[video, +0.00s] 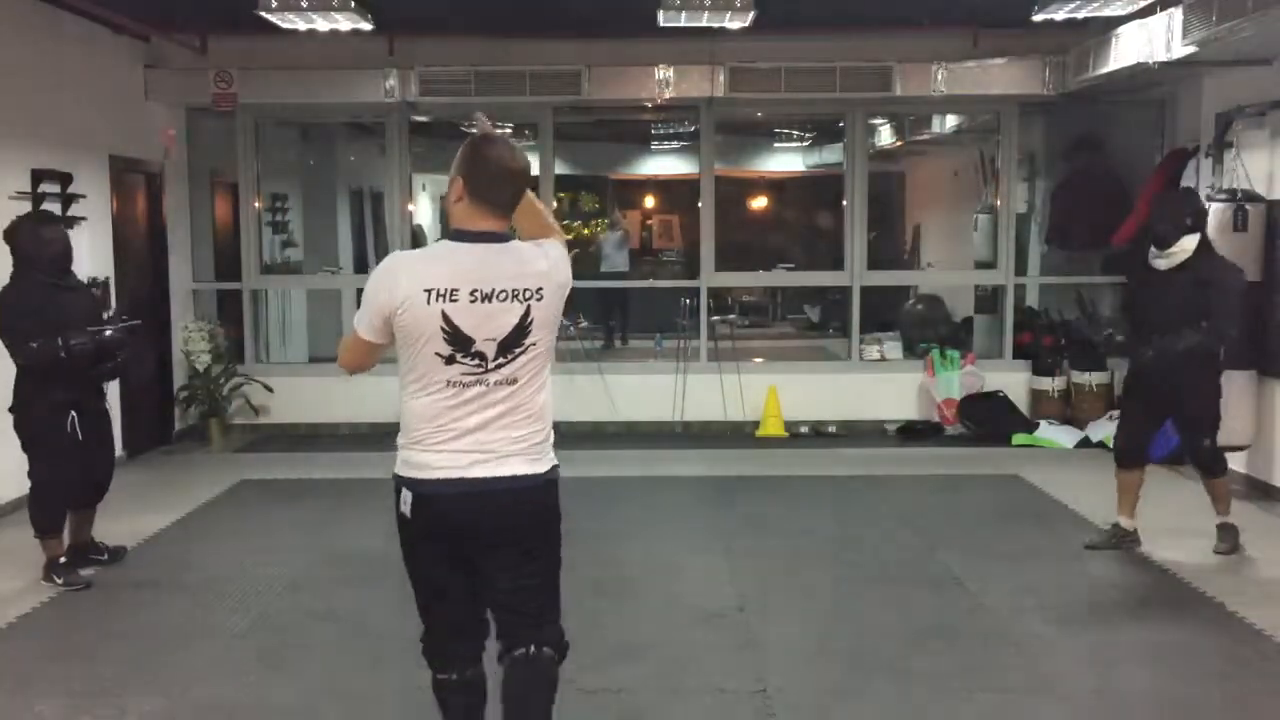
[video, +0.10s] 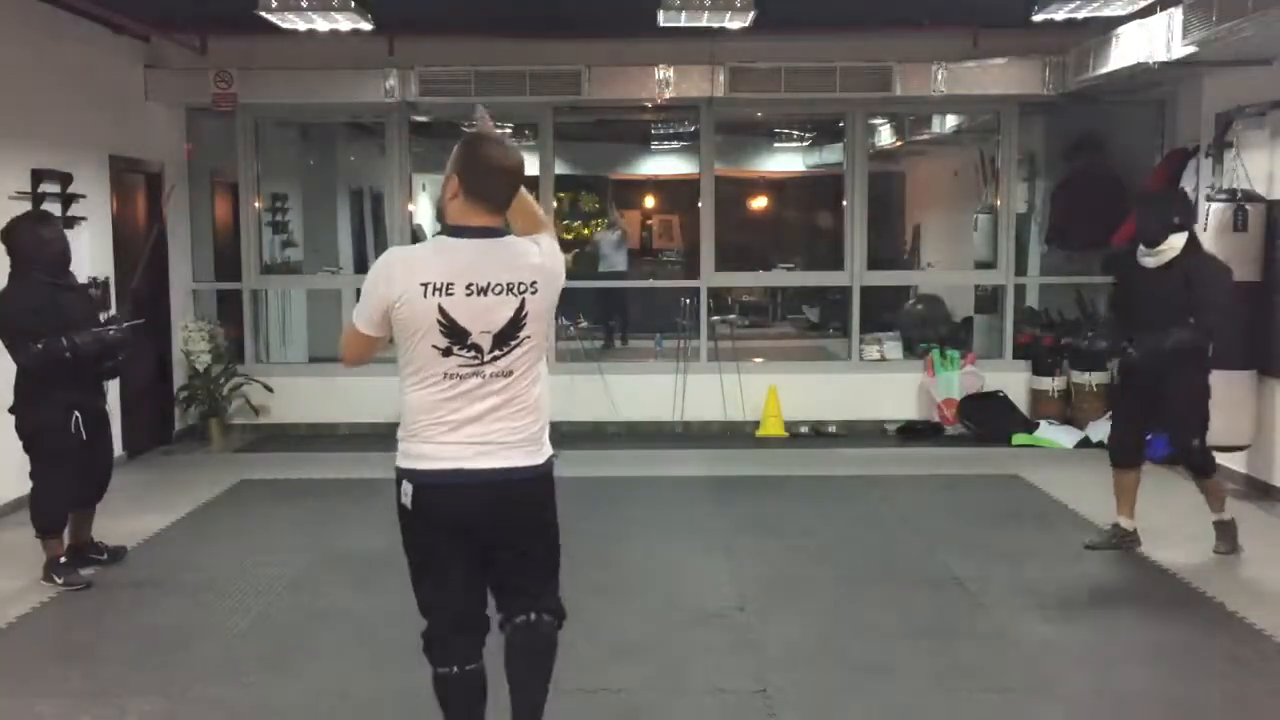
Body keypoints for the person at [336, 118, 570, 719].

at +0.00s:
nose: (447, 188)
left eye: (451, 180)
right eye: (452, 180)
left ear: (457, 189)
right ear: (518, 198)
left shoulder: (402, 272)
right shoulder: (548, 268)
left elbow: (353, 358)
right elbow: (541, 227)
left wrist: (399, 314)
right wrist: (505, 166)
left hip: (430, 490)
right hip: (524, 488)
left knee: (452, 646)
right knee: (531, 640)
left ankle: (464, 716)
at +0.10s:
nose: (441, 183)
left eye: (446, 175)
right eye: (448, 175)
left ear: (453, 185)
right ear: (513, 196)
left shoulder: (400, 267)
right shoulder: (541, 264)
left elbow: (353, 351)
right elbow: (536, 225)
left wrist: (405, 307)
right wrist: (499, 170)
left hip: (433, 480)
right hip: (524, 477)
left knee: (452, 629)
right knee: (532, 610)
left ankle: (465, 716)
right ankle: (527, 714)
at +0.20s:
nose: (441, 181)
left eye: (445, 173)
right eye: (447, 173)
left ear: (451, 184)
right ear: (510, 192)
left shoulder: (400, 263)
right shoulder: (537, 261)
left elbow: (355, 345)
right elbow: (534, 226)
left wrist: (405, 304)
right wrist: (497, 170)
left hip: (436, 475)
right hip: (525, 470)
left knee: (454, 627)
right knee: (530, 595)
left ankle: (466, 716)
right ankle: (528, 712)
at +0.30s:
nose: (441, 183)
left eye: (446, 175)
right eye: (447, 176)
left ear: (452, 186)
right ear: (510, 193)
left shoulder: (402, 263)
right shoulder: (535, 258)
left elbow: (357, 348)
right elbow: (532, 226)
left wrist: (401, 300)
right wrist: (499, 173)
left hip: (438, 470)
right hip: (524, 467)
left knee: (455, 620)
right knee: (529, 590)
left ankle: (465, 715)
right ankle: (533, 705)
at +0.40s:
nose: (448, 185)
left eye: (451, 178)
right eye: (452, 178)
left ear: (456, 189)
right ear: (513, 198)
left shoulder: (406, 265)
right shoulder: (537, 263)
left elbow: (362, 346)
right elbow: (532, 232)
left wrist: (399, 299)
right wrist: (497, 184)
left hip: (439, 463)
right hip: (523, 462)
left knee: (455, 614)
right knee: (526, 585)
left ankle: (466, 715)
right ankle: (529, 703)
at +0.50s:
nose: (455, 191)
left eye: (457, 184)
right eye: (459, 183)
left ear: (464, 194)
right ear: (519, 204)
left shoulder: (415, 268)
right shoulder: (541, 267)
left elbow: (367, 348)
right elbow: (535, 238)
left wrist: (402, 313)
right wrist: (502, 201)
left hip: (443, 459)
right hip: (525, 458)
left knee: (457, 607)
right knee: (521, 580)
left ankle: (468, 714)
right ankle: (522, 690)